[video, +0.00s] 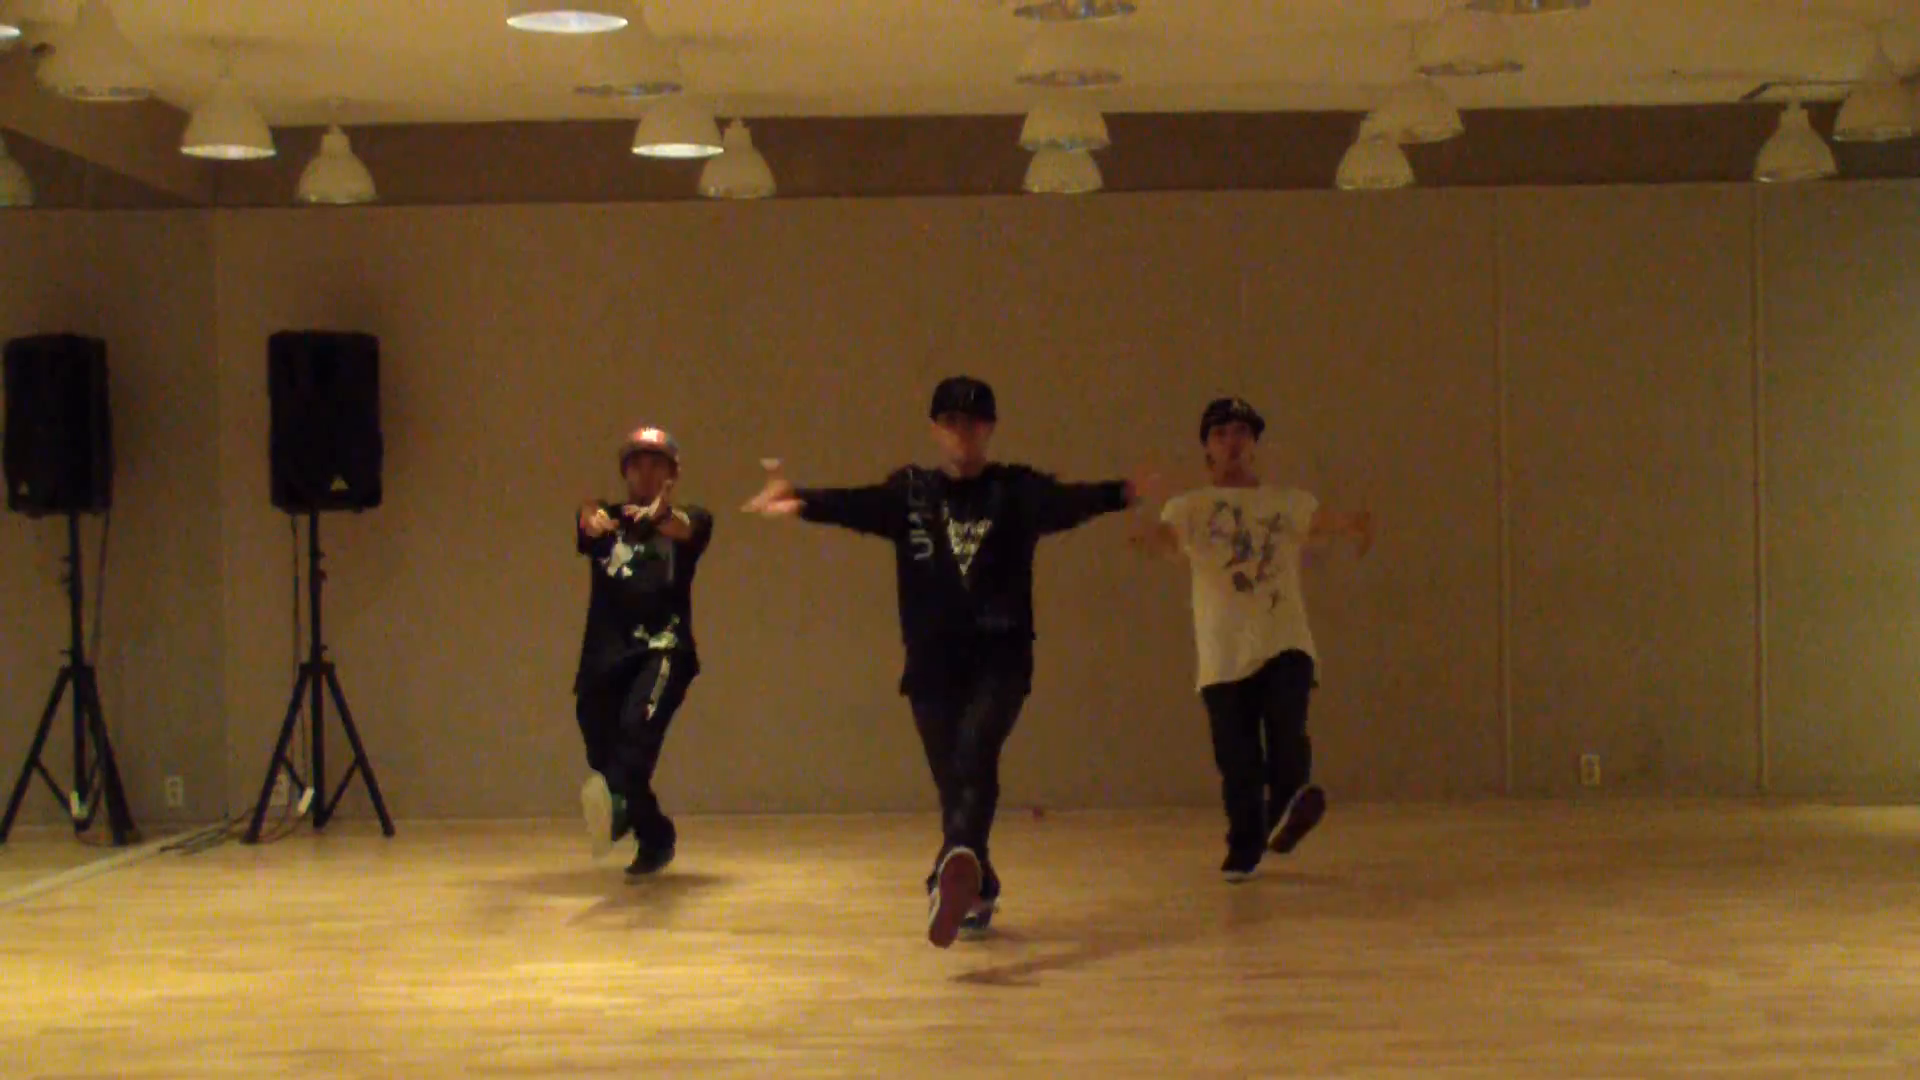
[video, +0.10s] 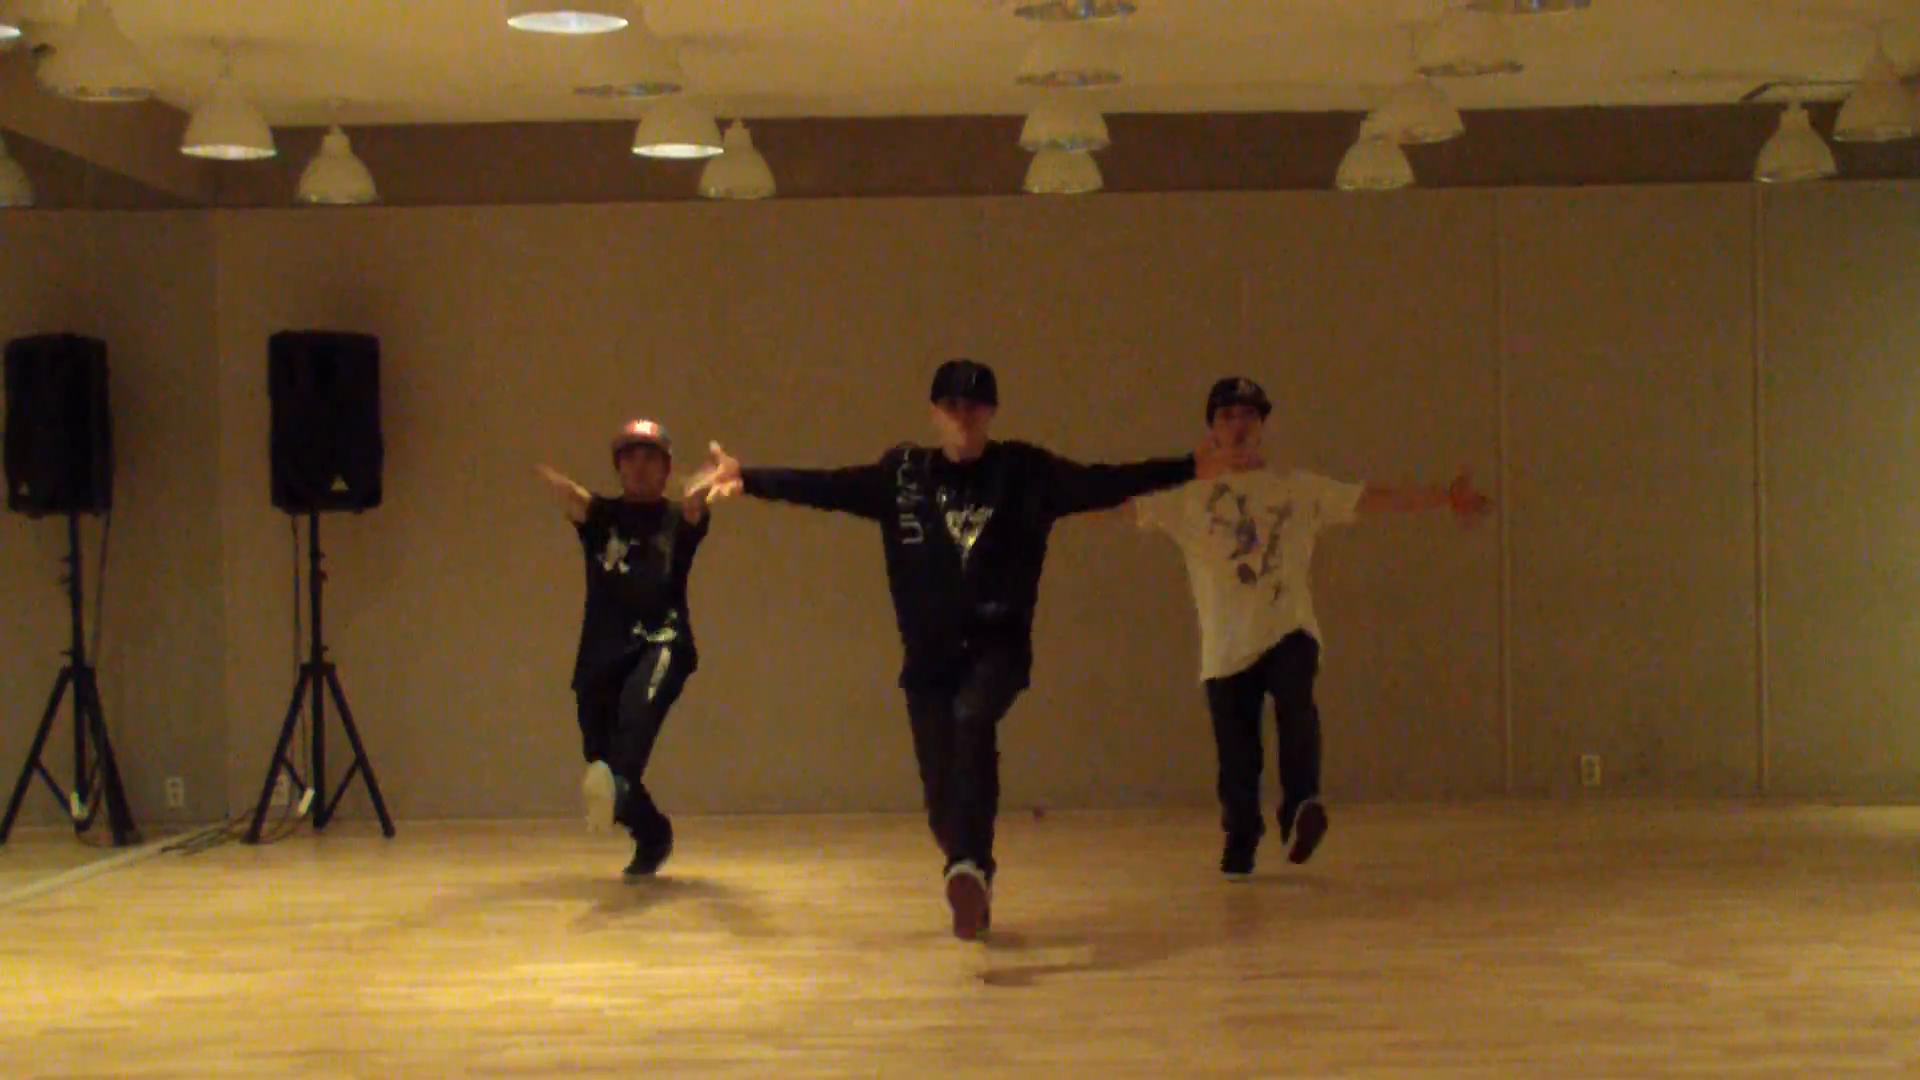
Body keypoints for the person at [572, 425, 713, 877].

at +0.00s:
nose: (646, 470)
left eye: (657, 462)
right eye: (638, 462)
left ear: (672, 471)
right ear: (624, 470)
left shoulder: (691, 519)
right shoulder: (606, 514)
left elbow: (688, 532)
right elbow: (588, 531)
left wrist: (659, 518)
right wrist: (595, 526)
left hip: (663, 648)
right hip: (607, 649)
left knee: (641, 723)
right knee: (605, 748)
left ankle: (617, 810)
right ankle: (656, 834)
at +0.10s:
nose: (640, 465)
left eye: (650, 456)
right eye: (631, 456)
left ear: (667, 465)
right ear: (617, 466)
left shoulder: (679, 519)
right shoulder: (600, 514)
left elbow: (695, 505)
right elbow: (579, 505)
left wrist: (711, 481)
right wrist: (562, 489)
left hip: (662, 637)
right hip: (604, 642)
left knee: (643, 700)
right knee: (603, 751)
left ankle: (617, 783)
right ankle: (652, 832)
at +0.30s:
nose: (620, 452)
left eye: (630, 443)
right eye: (610, 444)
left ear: (648, 453)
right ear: (598, 455)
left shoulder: (681, 508)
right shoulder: (578, 513)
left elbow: (746, 553)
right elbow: (523, 562)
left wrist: (807, 595)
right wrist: (488, 582)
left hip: (661, 647)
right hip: (601, 645)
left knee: (637, 745)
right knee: (583, 745)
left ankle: (649, 868)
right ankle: (595, 867)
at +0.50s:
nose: (624, 458)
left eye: (635, 448)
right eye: (614, 448)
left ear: (652, 460)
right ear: (599, 457)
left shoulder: (674, 530)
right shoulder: (571, 512)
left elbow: (697, 617)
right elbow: (563, 580)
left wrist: (712, 695)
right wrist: (605, 582)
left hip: (649, 663)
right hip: (593, 657)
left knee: (617, 769)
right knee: (562, 757)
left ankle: (645, 871)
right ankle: (673, 760)